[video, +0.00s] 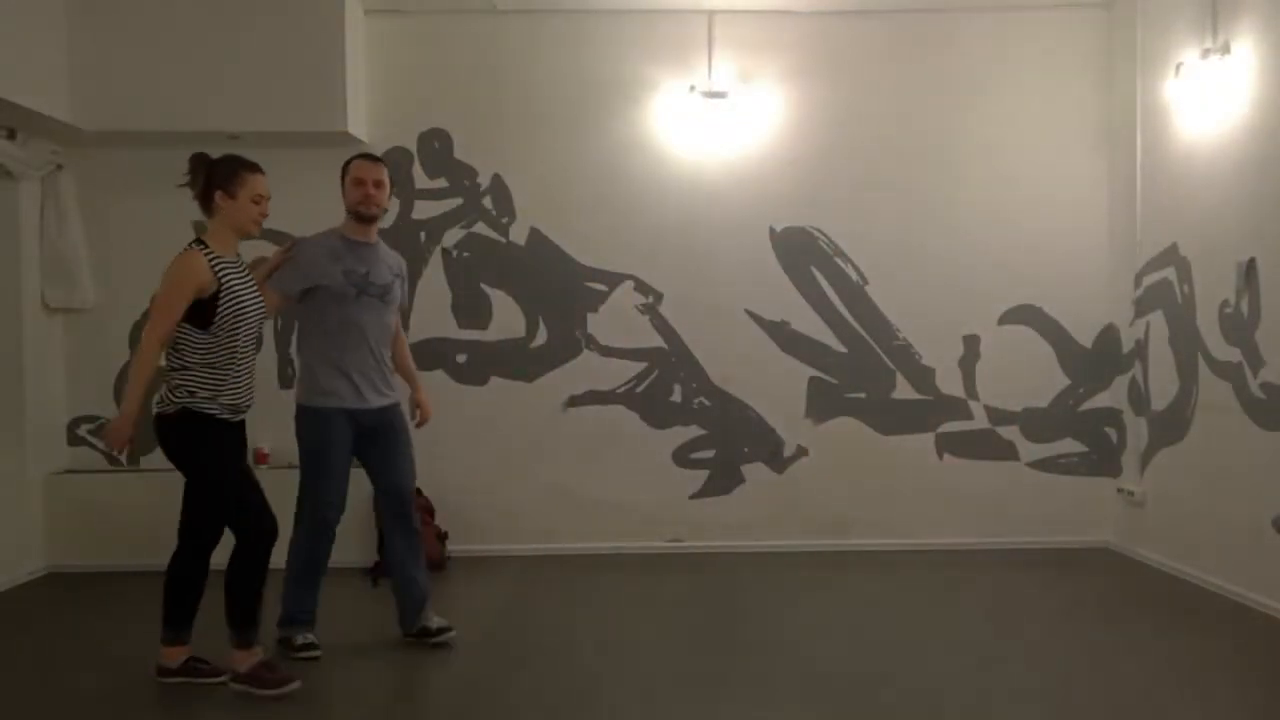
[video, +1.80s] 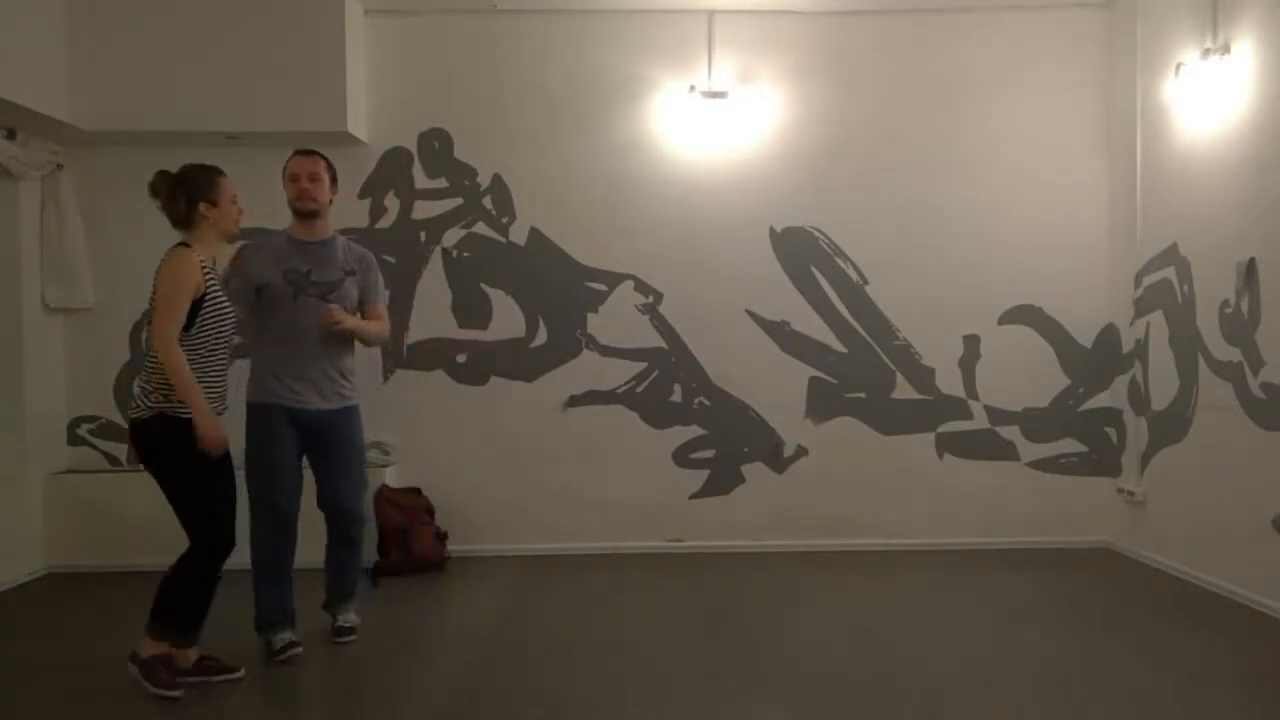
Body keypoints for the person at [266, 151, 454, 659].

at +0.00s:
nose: (369, 192)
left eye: (378, 185)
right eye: (359, 184)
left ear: (389, 195)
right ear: (343, 192)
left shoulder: (394, 265)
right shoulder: (312, 252)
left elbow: (393, 334)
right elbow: (254, 307)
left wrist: (416, 385)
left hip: (381, 403)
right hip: (324, 404)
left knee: (401, 506)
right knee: (320, 515)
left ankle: (416, 615)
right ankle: (297, 625)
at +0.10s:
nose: (384, 195)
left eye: (393, 188)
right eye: (375, 187)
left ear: (405, 198)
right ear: (359, 193)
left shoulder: (408, 266)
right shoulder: (330, 252)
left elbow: (405, 338)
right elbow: (273, 310)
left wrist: (431, 385)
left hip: (399, 406)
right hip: (344, 407)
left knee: (417, 509)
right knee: (341, 517)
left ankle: (418, 618)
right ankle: (303, 623)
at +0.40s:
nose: (411, 194)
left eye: (420, 187)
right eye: (401, 186)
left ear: (430, 196)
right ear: (383, 193)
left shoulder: (430, 262)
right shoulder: (359, 251)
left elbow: (439, 331)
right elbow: (306, 304)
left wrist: (480, 356)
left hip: (424, 395)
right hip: (371, 394)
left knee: (434, 503)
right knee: (401, 497)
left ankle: (418, 617)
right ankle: (367, 611)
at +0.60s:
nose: (416, 188)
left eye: (424, 181)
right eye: (407, 179)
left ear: (435, 192)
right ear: (389, 188)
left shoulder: (439, 259)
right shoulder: (367, 246)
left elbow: (447, 328)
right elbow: (319, 301)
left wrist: (492, 340)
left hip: (431, 399)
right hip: (380, 397)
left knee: (433, 508)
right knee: (403, 507)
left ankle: (424, 615)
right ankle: (418, 627)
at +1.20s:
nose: (383, 185)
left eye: (391, 178)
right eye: (374, 178)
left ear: (405, 190)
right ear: (359, 187)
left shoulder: (414, 259)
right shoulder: (334, 250)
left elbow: (419, 323)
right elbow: (297, 316)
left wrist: (468, 337)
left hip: (406, 398)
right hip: (351, 398)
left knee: (416, 510)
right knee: (367, 509)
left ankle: (417, 619)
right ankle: (329, 623)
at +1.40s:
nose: (347, 191)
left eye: (356, 184)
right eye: (337, 183)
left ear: (370, 195)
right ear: (323, 194)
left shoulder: (381, 266)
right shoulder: (298, 254)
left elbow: (388, 336)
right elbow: (265, 314)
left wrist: (429, 343)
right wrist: (227, 324)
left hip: (372, 411)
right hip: (312, 411)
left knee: (399, 510)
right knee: (308, 524)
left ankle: (415, 618)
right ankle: (284, 631)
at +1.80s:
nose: (304, 186)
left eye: (314, 179)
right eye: (295, 179)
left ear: (332, 190)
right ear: (284, 191)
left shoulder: (358, 258)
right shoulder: (256, 254)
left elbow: (380, 330)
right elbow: (221, 317)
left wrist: (352, 323)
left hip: (337, 404)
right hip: (272, 404)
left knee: (349, 510)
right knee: (274, 517)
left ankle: (344, 604)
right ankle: (276, 626)